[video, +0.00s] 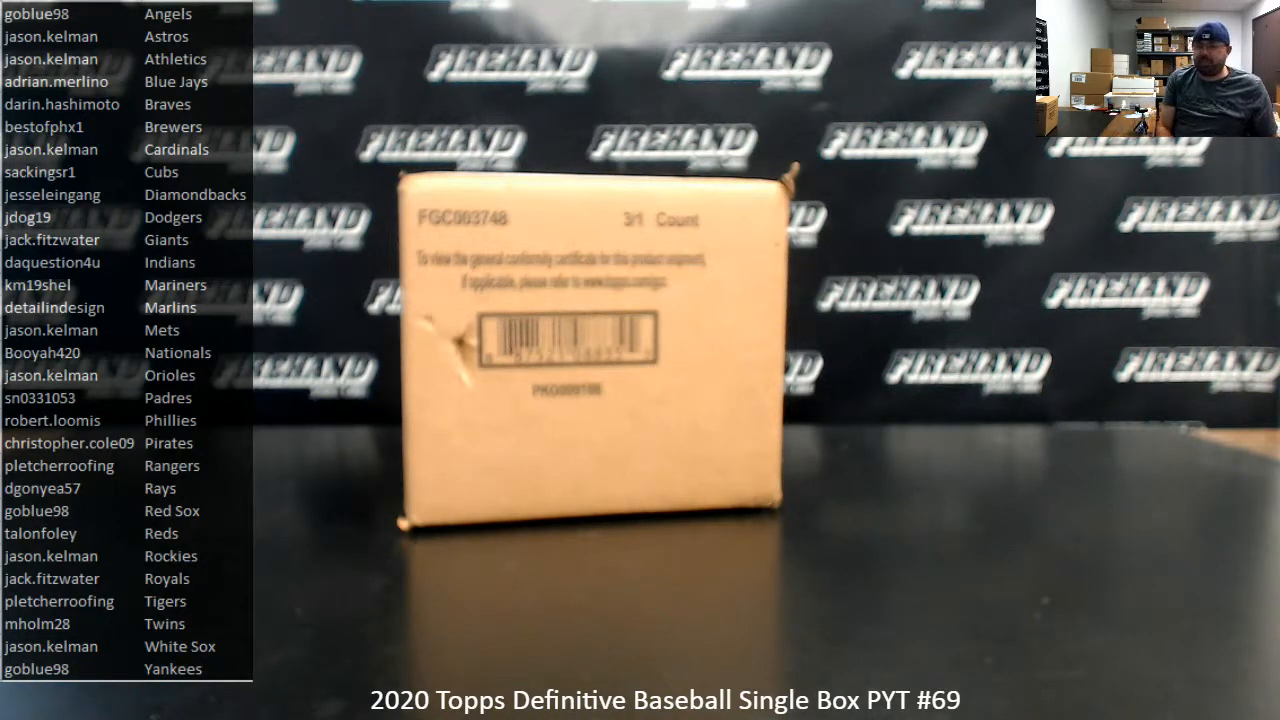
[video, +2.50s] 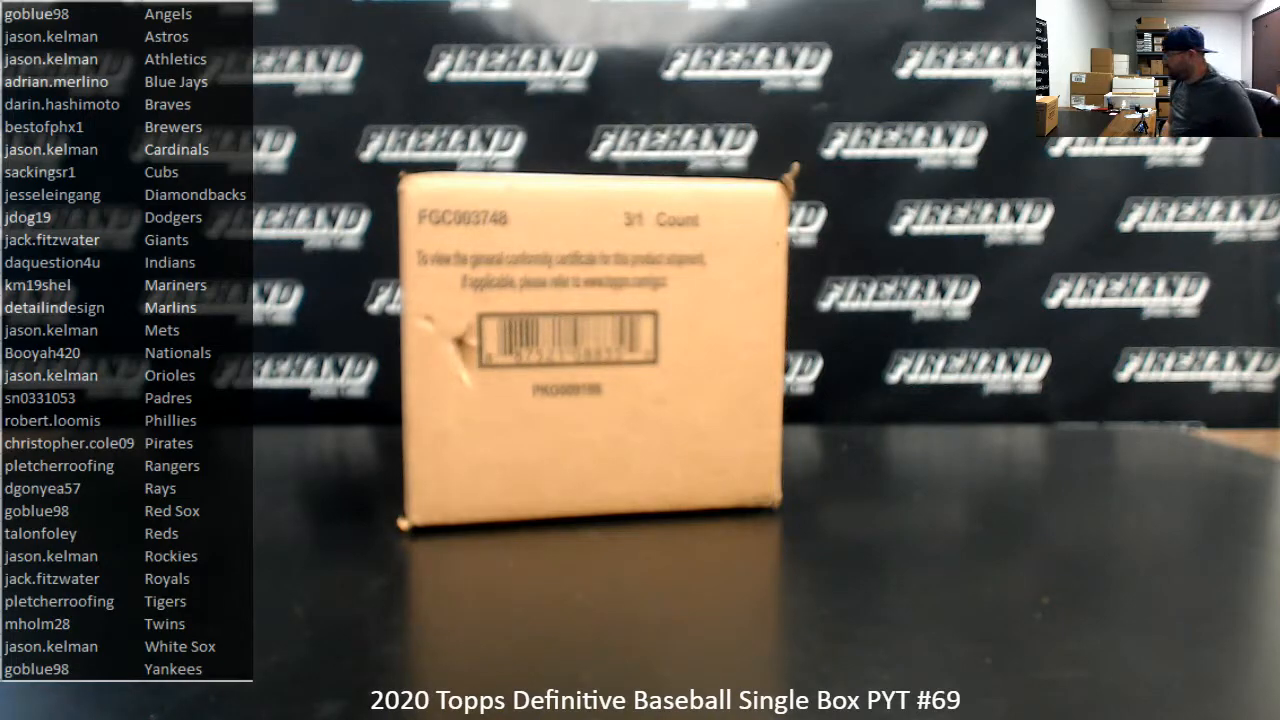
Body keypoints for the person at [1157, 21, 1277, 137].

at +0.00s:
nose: (1204, 53)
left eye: (1212, 47)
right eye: (1198, 47)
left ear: (1227, 50)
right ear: (1192, 49)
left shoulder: (1251, 86)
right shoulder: (1178, 80)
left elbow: (1271, 139)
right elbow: (1164, 127)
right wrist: (1171, 158)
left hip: (1234, 166)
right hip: (1183, 166)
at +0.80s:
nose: (1187, 56)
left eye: (1194, 51)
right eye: (1184, 52)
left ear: (1207, 53)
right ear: (1181, 55)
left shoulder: (1233, 79)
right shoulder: (1175, 84)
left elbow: (1256, 123)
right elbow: (1167, 123)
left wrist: (1236, 151)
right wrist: (1170, 151)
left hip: (1225, 154)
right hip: (1184, 155)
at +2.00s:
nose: (1197, 57)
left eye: (1203, 51)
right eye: (1194, 52)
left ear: (1221, 52)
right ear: (1191, 54)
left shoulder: (1248, 82)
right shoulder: (1190, 83)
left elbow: (1267, 134)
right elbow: (1176, 120)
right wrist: (1167, 149)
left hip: (1229, 162)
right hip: (1187, 160)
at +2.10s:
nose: (1190, 58)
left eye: (1196, 51)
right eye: (1190, 52)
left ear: (1217, 51)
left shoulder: (1247, 83)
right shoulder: (1191, 82)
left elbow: (1266, 136)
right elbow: (1176, 120)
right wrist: (1164, 149)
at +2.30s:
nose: (1174, 61)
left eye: (1180, 54)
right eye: (1175, 55)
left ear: (1203, 53)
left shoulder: (1237, 89)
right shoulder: (1185, 85)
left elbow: (1262, 141)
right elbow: (1173, 122)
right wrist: (1163, 152)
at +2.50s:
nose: (1165, 62)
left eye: (1169, 56)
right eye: (1165, 56)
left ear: (1191, 55)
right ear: (1191, 55)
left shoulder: (1227, 90)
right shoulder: (1179, 86)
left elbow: (1253, 143)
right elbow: (1170, 125)